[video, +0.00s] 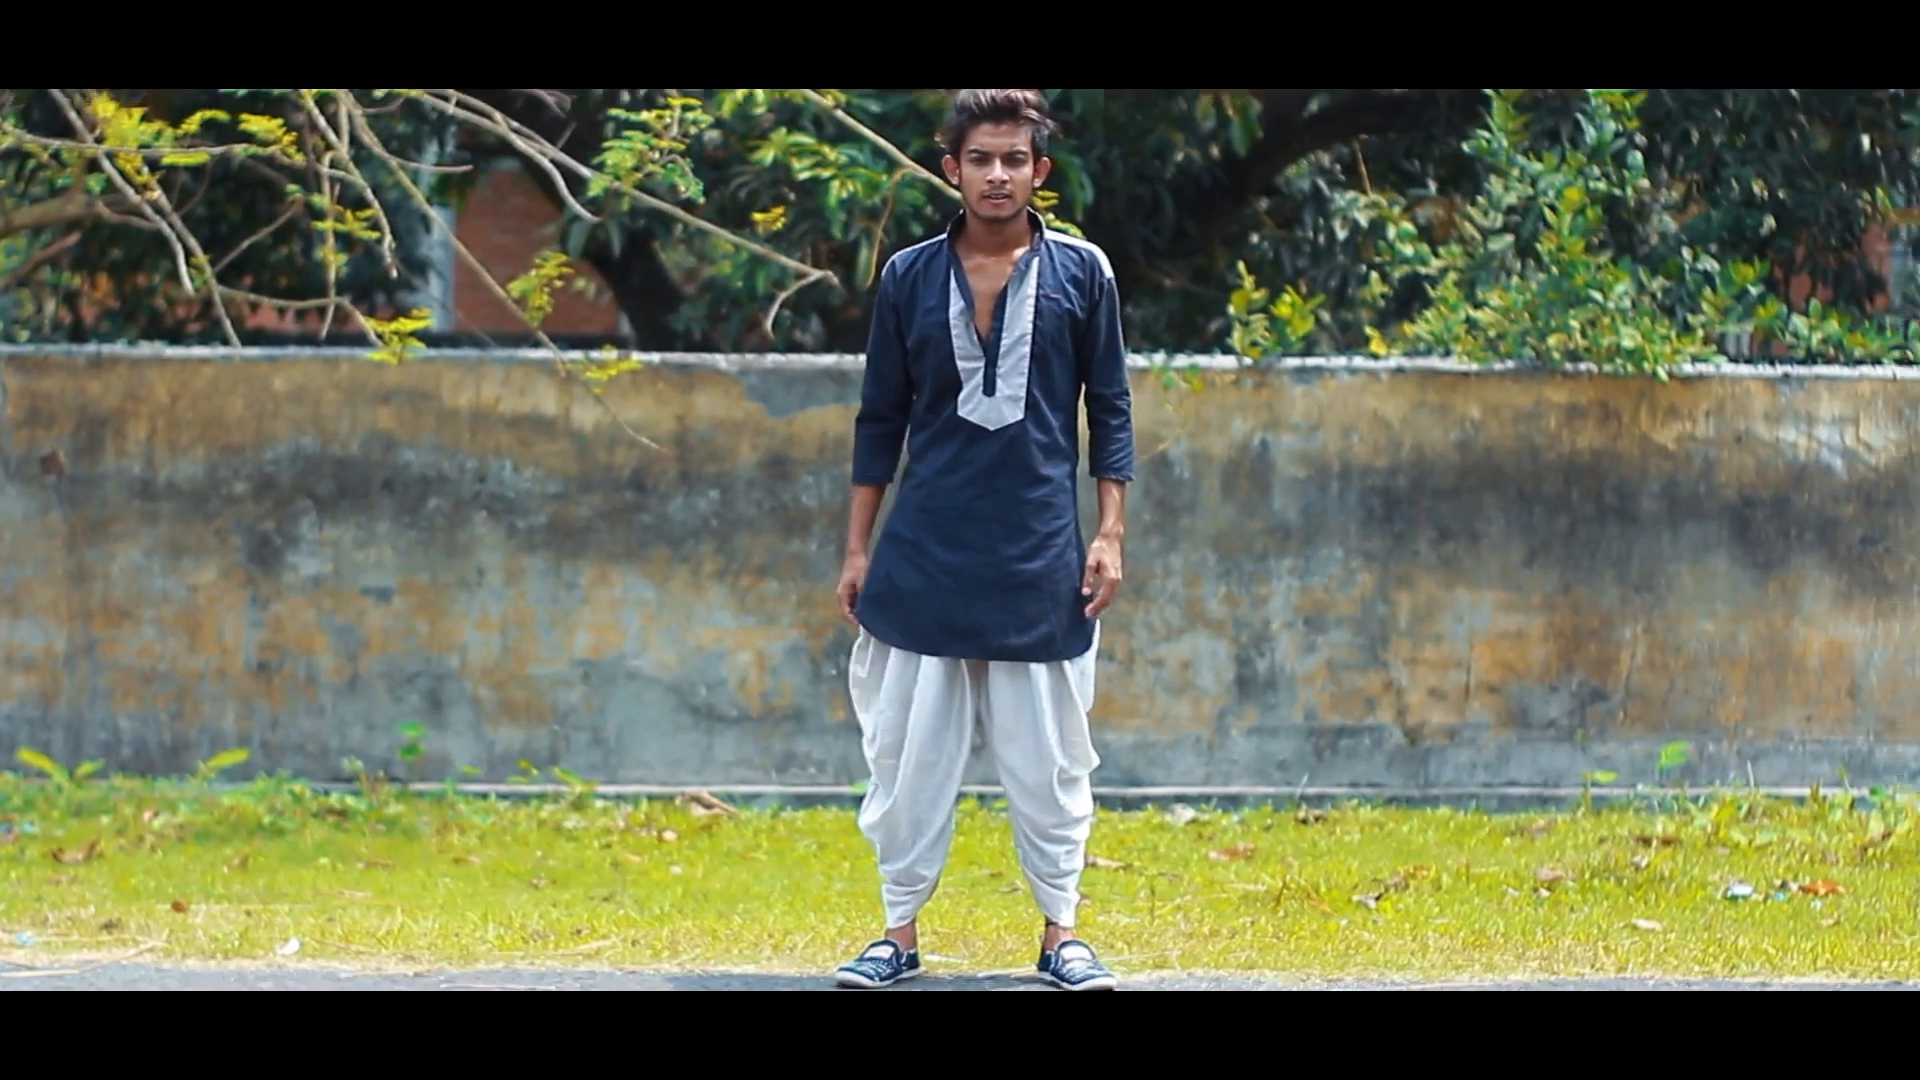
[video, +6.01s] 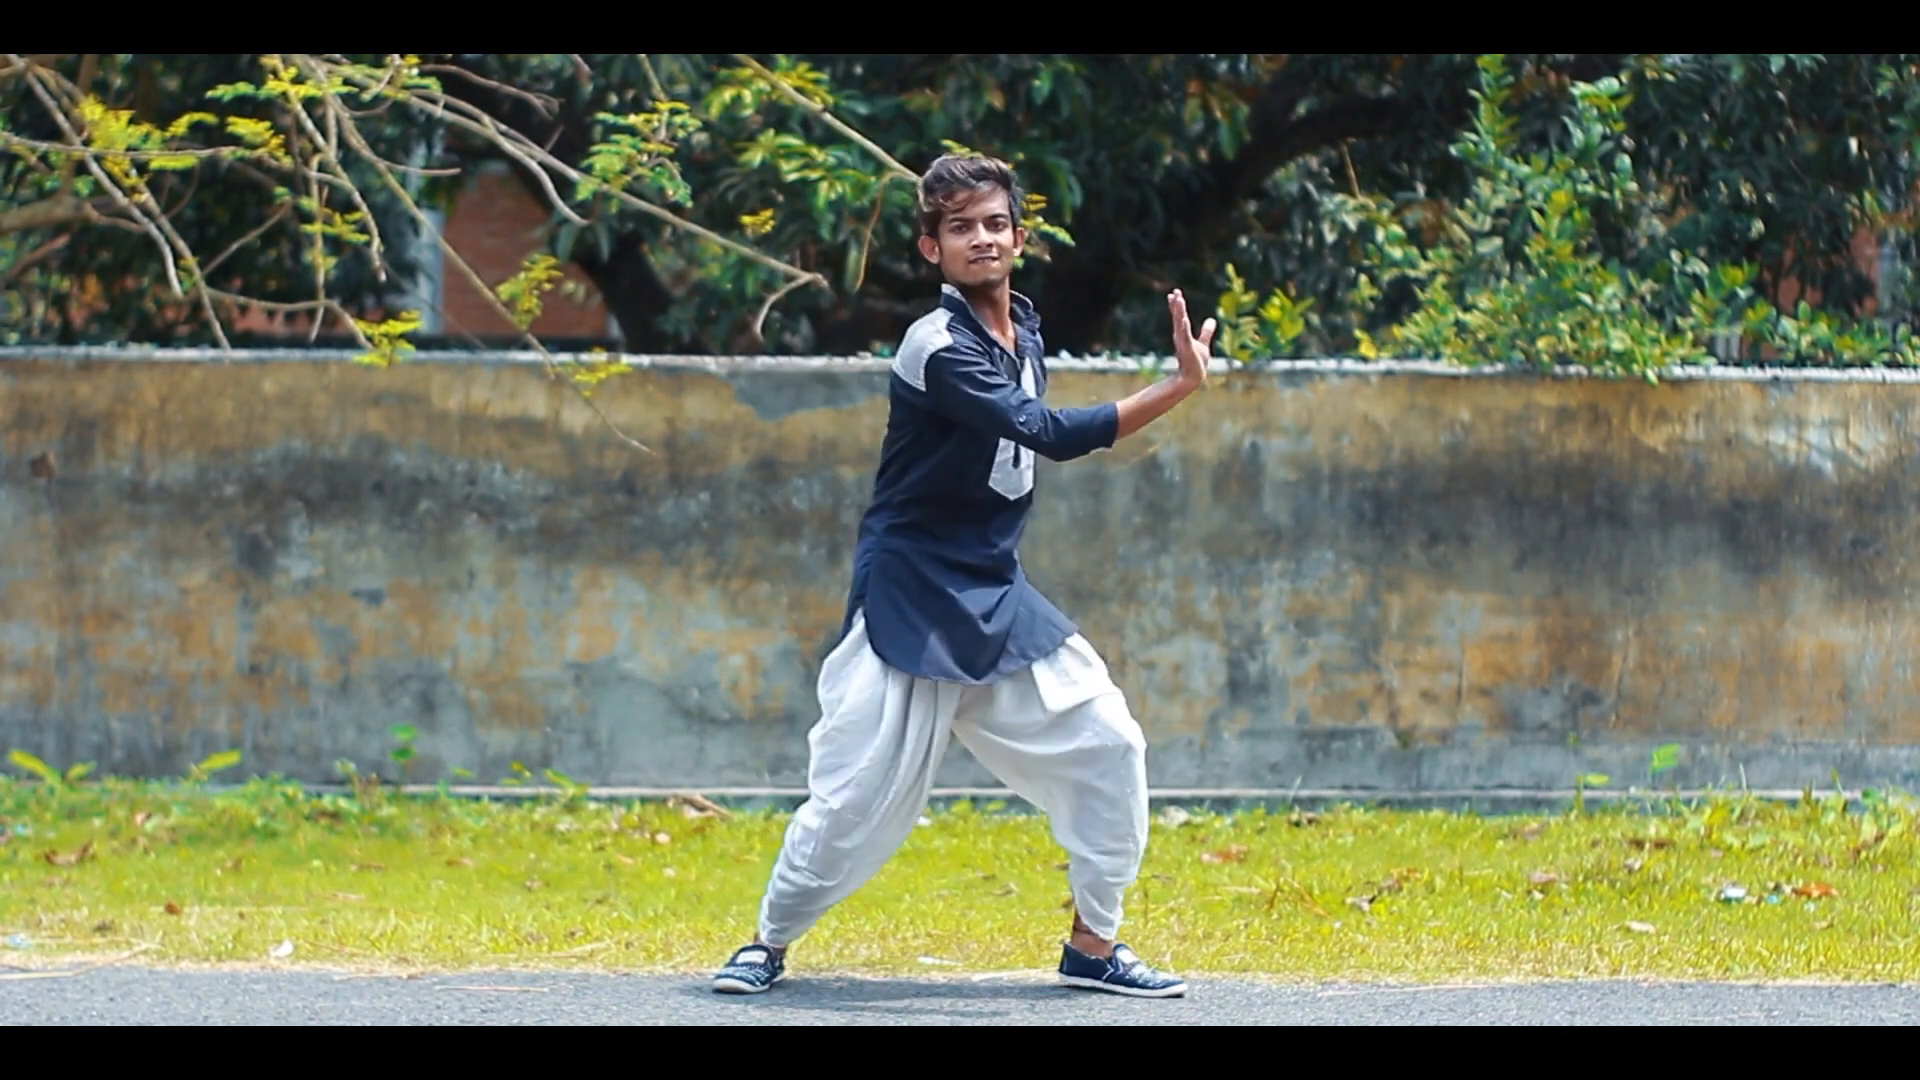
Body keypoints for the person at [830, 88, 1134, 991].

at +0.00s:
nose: (999, 175)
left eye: (1015, 159)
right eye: (983, 159)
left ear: (1039, 169)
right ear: (952, 167)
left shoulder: (1080, 270)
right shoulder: (908, 274)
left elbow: (1110, 409)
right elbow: (879, 418)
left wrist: (1109, 534)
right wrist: (858, 547)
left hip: (1039, 545)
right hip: (923, 543)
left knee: (1051, 749)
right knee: (905, 746)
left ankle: (1061, 938)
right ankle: (900, 938)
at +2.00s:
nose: (1023, 145)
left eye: (1040, 129)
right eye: (1008, 130)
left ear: (1073, 132)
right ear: (985, 132)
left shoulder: (1110, 212)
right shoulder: (959, 205)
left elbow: (1155, 289)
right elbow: (837, 253)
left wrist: (1066, 287)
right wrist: (924, 246)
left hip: (1067, 491)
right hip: (973, 485)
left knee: (1017, 690)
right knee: (936, 695)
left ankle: (986, 892)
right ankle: (1022, 884)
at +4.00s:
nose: (1021, 222)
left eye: (1039, 208)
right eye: (1004, 206)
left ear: (1057, 225)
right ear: (971, 216)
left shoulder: (1073, 324)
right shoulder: (930, 314)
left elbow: (1081, 461)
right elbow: (967, 427)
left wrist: (1097, 402)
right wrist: (1039, 331)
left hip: (1028, 574)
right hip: (936, 570)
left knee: (1031, 764)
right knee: (946, 772)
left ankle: (912, 943)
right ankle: (1009, 924)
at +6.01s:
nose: (985, 239)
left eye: (998, 223)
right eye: (964, 227)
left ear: (1018, 236)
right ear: (932, 250)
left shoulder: (1026, 332)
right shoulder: (936, 346)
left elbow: (982, 450)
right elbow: (1051, 433)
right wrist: (1179, 387)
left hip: (994, 587)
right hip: (908, 589)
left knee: (1111, 744)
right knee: (856, 794)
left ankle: (1092, 948)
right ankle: (769, 946)